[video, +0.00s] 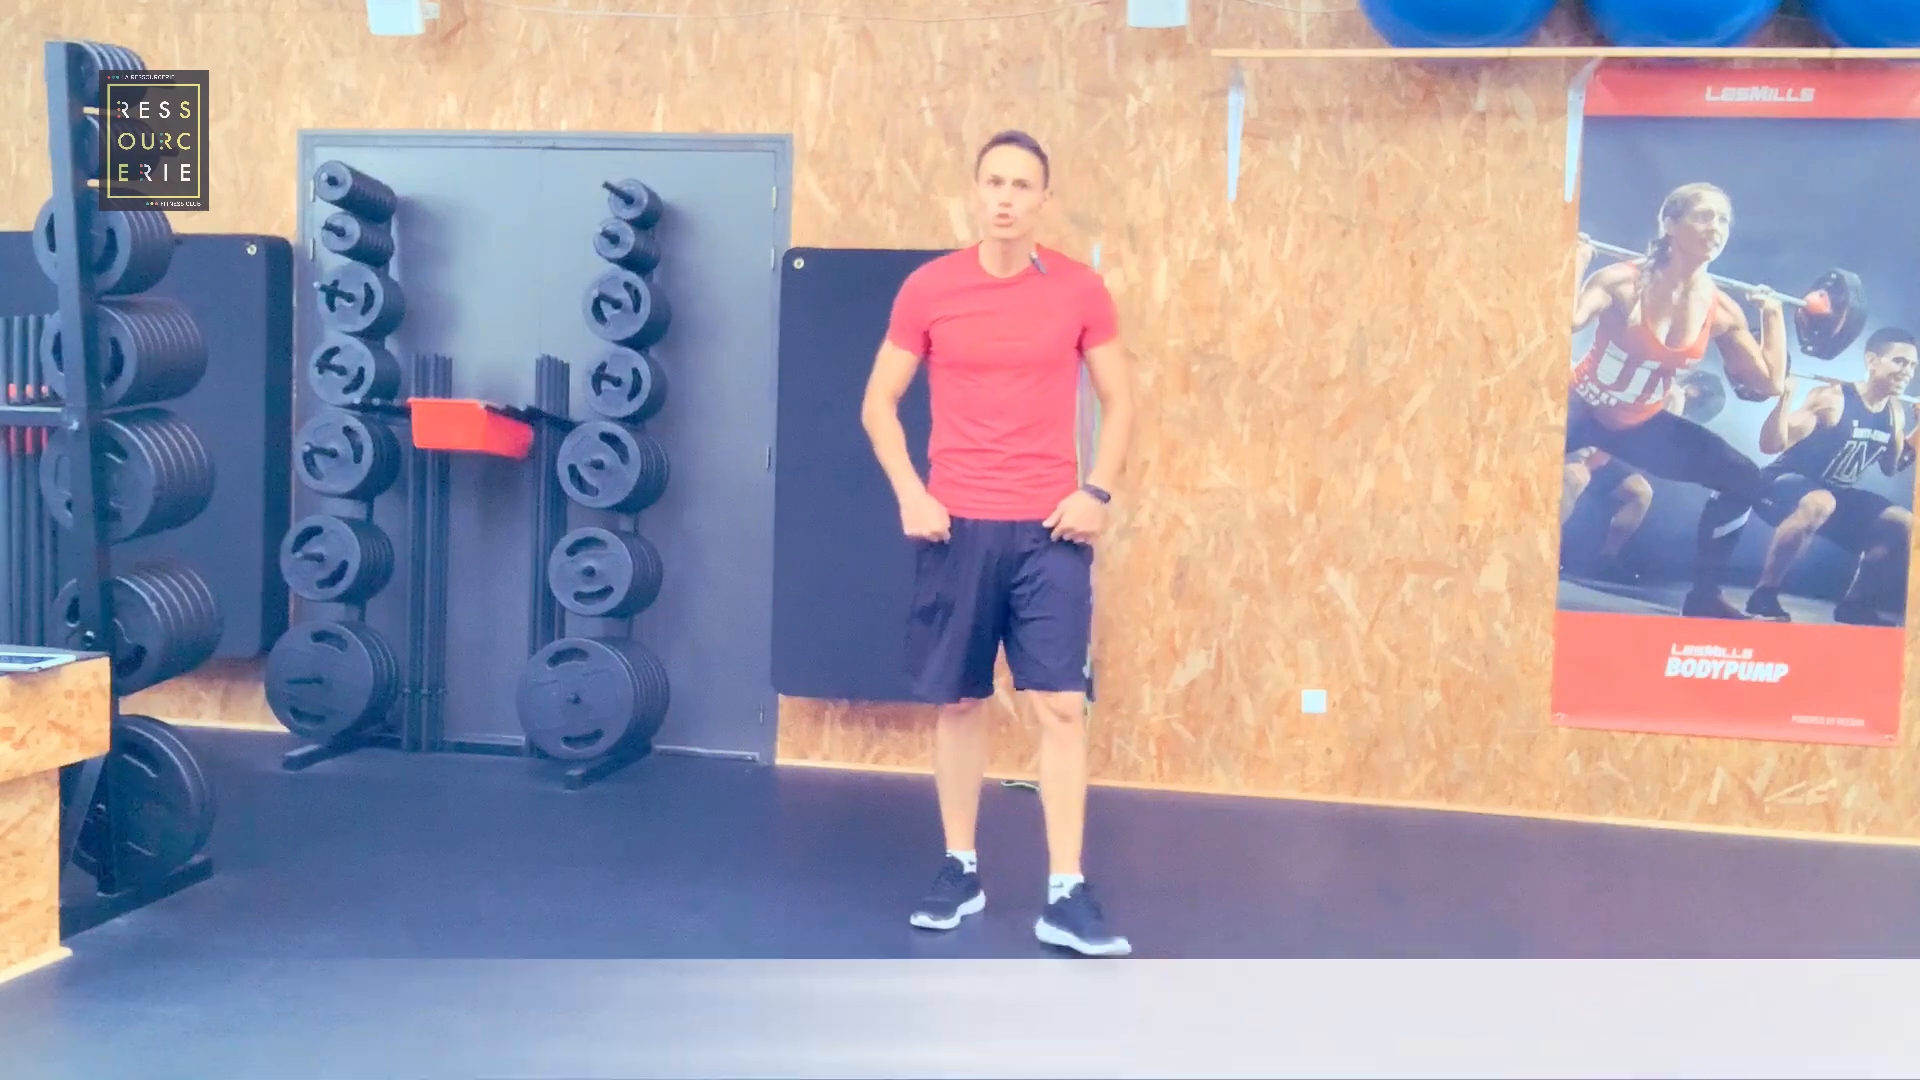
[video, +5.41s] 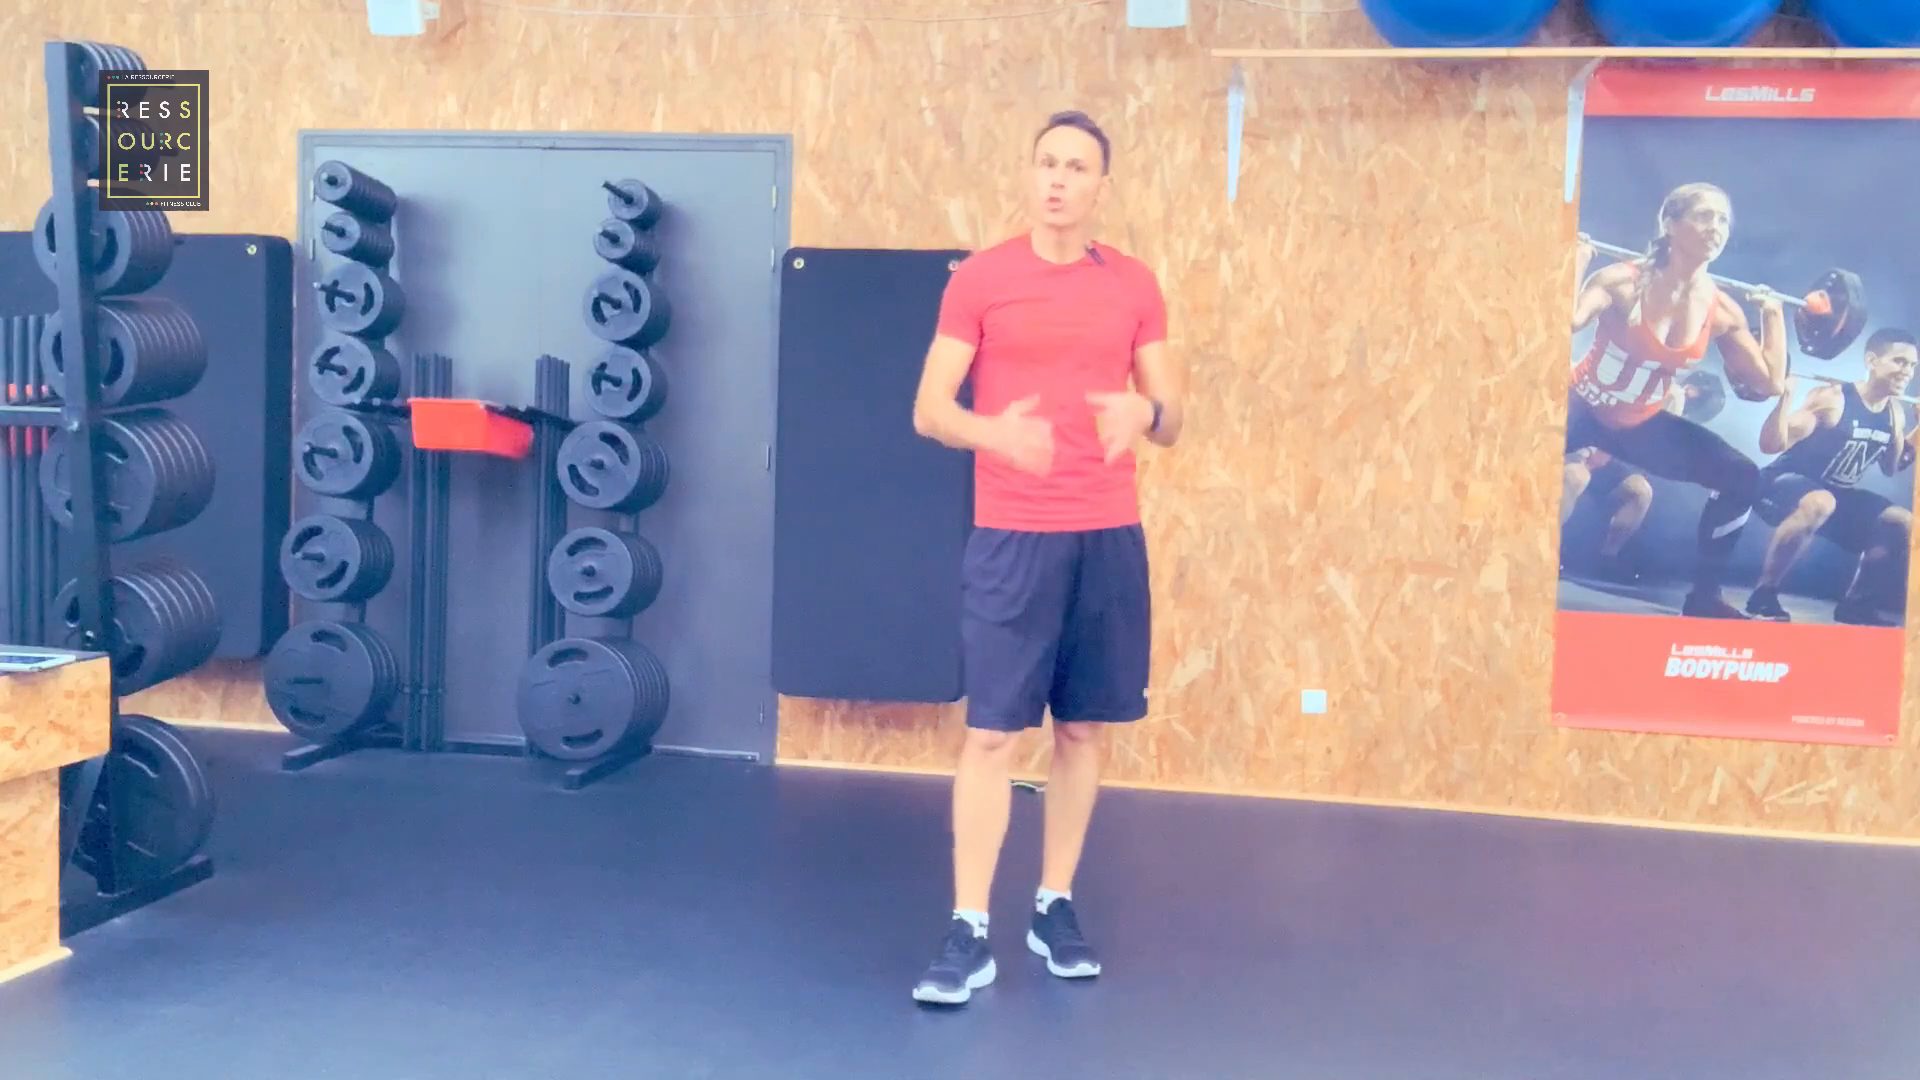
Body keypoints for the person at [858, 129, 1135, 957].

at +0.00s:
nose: (1006, 197)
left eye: (1022, 185)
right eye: (995, 182)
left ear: (1045, 200)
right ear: (972, 193)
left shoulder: (1078, 289)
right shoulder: (930, 287)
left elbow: (1119, 400)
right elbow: (878, 406)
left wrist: (1097, 492)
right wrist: (910, 493)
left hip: (1052, 526)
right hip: (957, 527)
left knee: (1062, 704)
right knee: (960, 702)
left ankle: (1067, 893)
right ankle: (958, 872)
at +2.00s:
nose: (1025, 187)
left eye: (1041, 176)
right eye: (1014, 173)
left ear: (1065, 196)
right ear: (994, 191)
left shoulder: (1093, 293)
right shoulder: (949, 286)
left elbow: (1127, 411)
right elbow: (910, 409)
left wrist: (1106, 513)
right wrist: (929, 515)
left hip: (1061, 529)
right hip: (967, 526)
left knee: (1058, 699)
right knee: (964, 696)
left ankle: (1047, 845)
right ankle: (962, 866)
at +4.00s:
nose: (1021, 160)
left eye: (1038, 146)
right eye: (1007, 147)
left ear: (1066, 161)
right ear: (983, 164)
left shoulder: (1100, 271)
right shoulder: (937, 267)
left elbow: (1129, 402)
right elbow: (893, 404)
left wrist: (1122, 428)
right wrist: (904, 526)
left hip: (1071, 532)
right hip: (966, 532)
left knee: (1081, 732)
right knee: (962, 736)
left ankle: (1074, 899)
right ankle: (965, 930)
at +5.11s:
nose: (1040, 162)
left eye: (1057, 150)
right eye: (1027, 148)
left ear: (1085, 171)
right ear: (1005, 167)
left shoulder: (1121, 273)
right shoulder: (960, 270)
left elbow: (1161, 403)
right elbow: (901, 401)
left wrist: (1137, 413)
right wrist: (966, 426)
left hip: (1096, 529)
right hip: (995, 527)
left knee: (1073, 734)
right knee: (984, 733)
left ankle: (1052, 906)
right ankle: (968, 933)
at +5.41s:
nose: (1060, 180)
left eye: (1078, 168)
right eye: (1049, 164)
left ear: (1103, 185)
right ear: (1028, 176)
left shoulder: (1133, 283)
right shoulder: (979, 277)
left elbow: (1170, 418)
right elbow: (930, 410)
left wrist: (1144, 410)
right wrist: (993, 431)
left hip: (1107, 535)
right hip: (1010, 535)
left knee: (1081, 731)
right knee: (991, 734)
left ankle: (1055, 908)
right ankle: (967, 931)